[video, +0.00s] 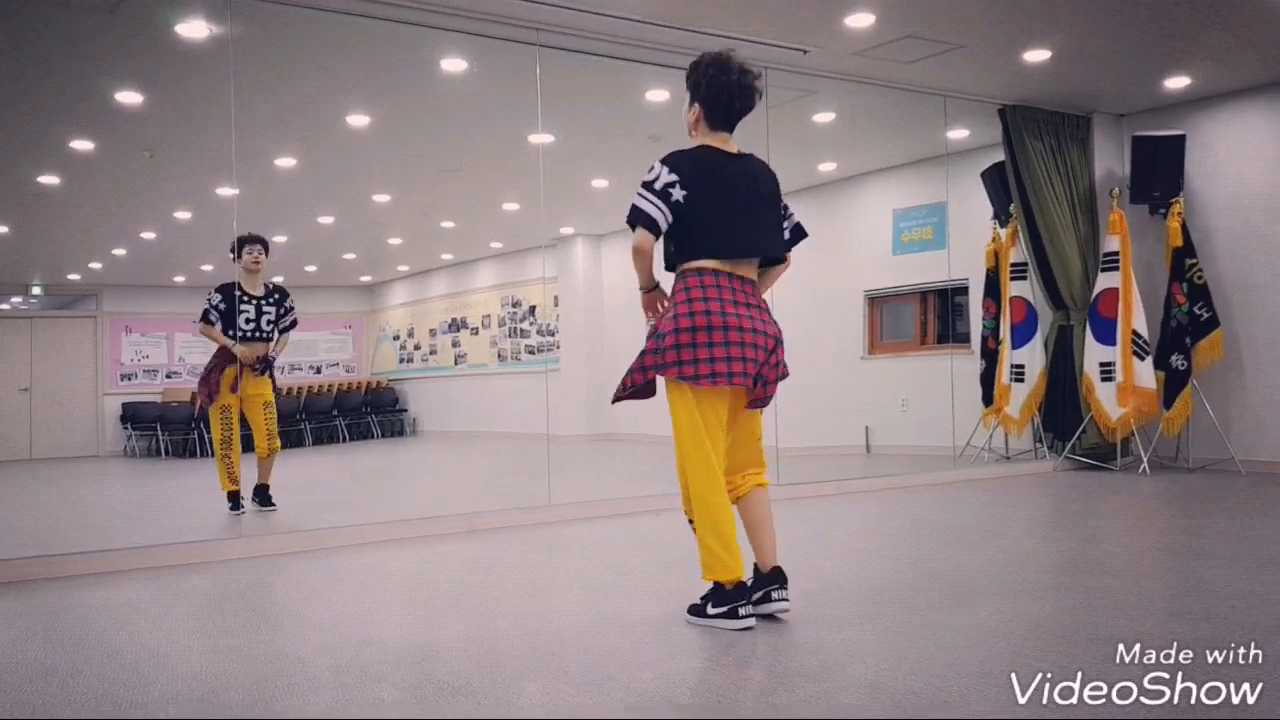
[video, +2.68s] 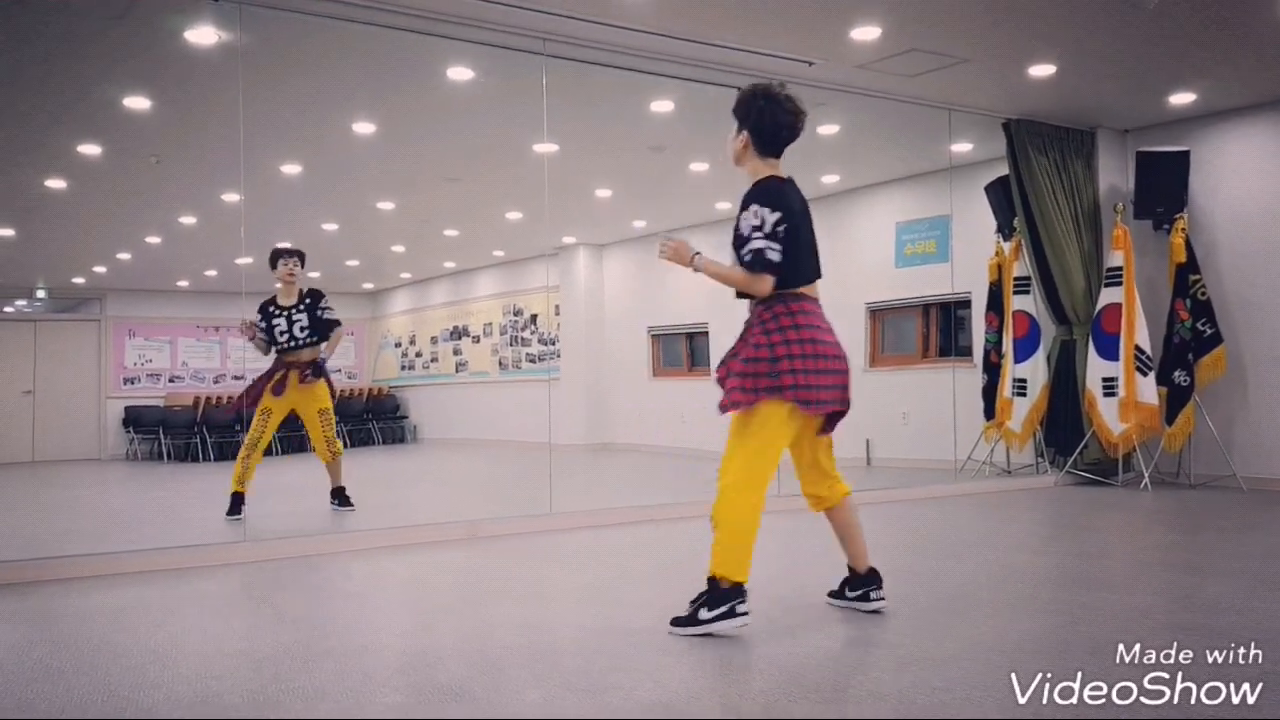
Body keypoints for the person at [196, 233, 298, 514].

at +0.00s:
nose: (256, 256)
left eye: (260, 252)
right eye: (250, 252)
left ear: (266, 259)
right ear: (238, 259)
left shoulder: (278, 295)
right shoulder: (225, 292)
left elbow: (285, 331)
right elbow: (205, 326)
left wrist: (272, 355)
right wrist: (234, 346)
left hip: (259, 372)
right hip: (226, 372)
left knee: (269, 441)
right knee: (227, 439)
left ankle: (262, 489)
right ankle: (233, 493)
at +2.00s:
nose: (259, 268)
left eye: (264, 263)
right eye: (253, 263)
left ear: (270, 269)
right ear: (242, 267)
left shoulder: (273, 303)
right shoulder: (230, 297)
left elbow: (277, 343)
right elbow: (207, 332)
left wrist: (281, 368)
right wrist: (217, 373)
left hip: (269, 372)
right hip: (241, 372)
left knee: (268, 439)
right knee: (240, 440)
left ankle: (260, 496)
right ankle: (228, 498)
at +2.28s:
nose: (263, 278)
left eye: (268, 273)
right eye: (258, 273)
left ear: (273, 275)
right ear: (247, 272)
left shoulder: (278, 305)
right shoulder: (228, 300)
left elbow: (283, 341)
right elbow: (204, 330)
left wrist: (274, 362)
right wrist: (231, 356)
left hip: (265, 381)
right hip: (235, 381)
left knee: (280, 438)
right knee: (231, 445)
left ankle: (281, 496)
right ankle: (226, 502)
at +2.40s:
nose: (265, 271)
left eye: (270, 267)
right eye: (259, 266)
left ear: (275, 273)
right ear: (247, 271)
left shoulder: (284, 307)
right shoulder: (232, 304)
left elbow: (294, 345)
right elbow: (201, 331)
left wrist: (278, 366)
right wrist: (232, 338)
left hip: (272, 383)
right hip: (239, 383)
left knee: (295, 435)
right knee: (233, 447)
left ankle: (319, 490)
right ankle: (227, 502)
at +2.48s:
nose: (268, 272)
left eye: (273, 268)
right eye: (262, 268)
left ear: (278, 275)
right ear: (251, 273)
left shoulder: (289, 307)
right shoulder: (237, 308)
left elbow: (302, 344)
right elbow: (210, 339)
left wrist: (287, 366)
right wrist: (233, 336)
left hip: (280, 385)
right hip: (247, 386)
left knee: (308, 437)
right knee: (237, 448)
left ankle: (330, 490)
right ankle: (228, 501)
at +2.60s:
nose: (282, 272)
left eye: (286, 268)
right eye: (276, 267)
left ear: (293, 274)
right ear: (266, 274)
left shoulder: (307, 304)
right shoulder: (256, 310)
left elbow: (324, 339)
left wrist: (309, 366)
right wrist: (245, 338)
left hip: (300, 381)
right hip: (267, 383)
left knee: (324, 441)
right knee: (245, 442)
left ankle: (338, 489)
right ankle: (231, 498)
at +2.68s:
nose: (291, 269)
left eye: (295, 265)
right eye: (285, 265)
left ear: (301, 270)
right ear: (275, 271)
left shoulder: (314, 298)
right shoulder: (267, 308)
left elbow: (337, 329)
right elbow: (265, 349)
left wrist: (324, 358)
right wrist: (252, 337)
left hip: (312, 375)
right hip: (280, 376)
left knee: (328, 438)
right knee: (254, 438)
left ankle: (338, 490)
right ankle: (237, 496)